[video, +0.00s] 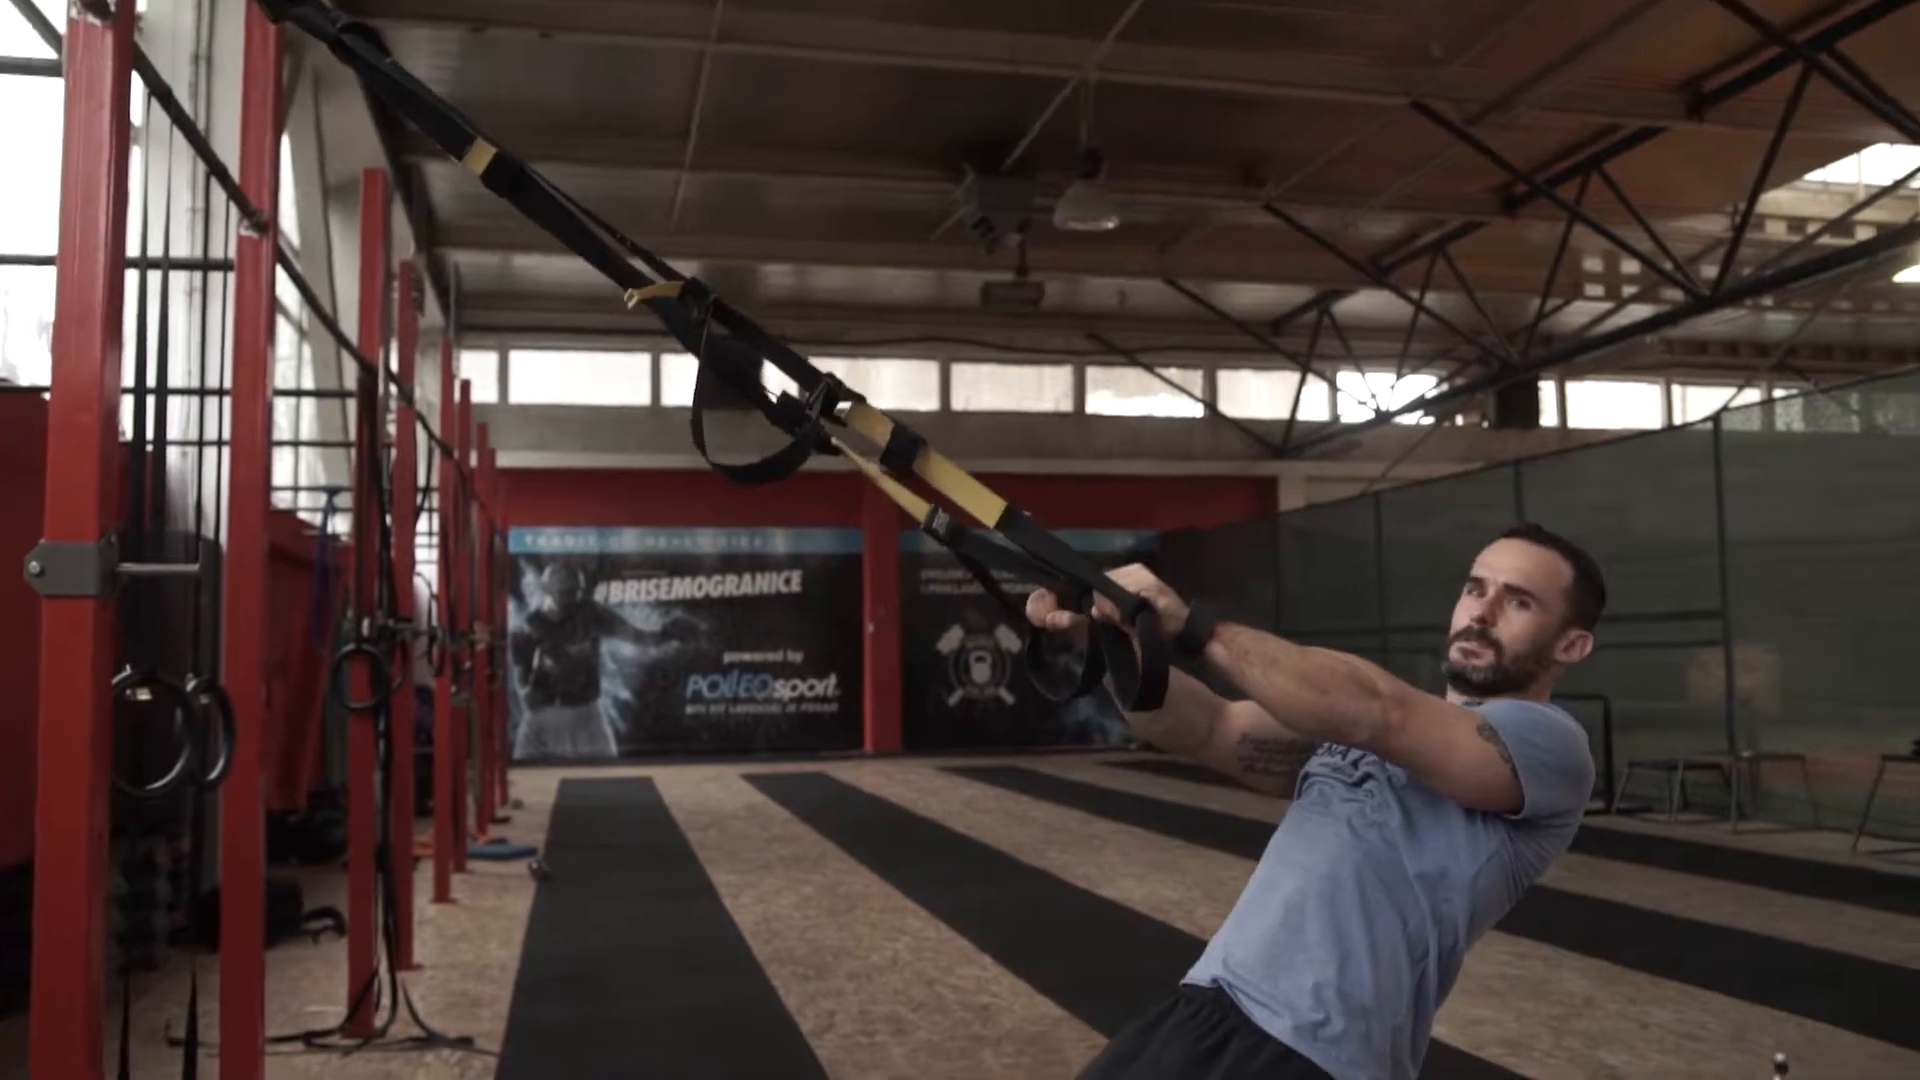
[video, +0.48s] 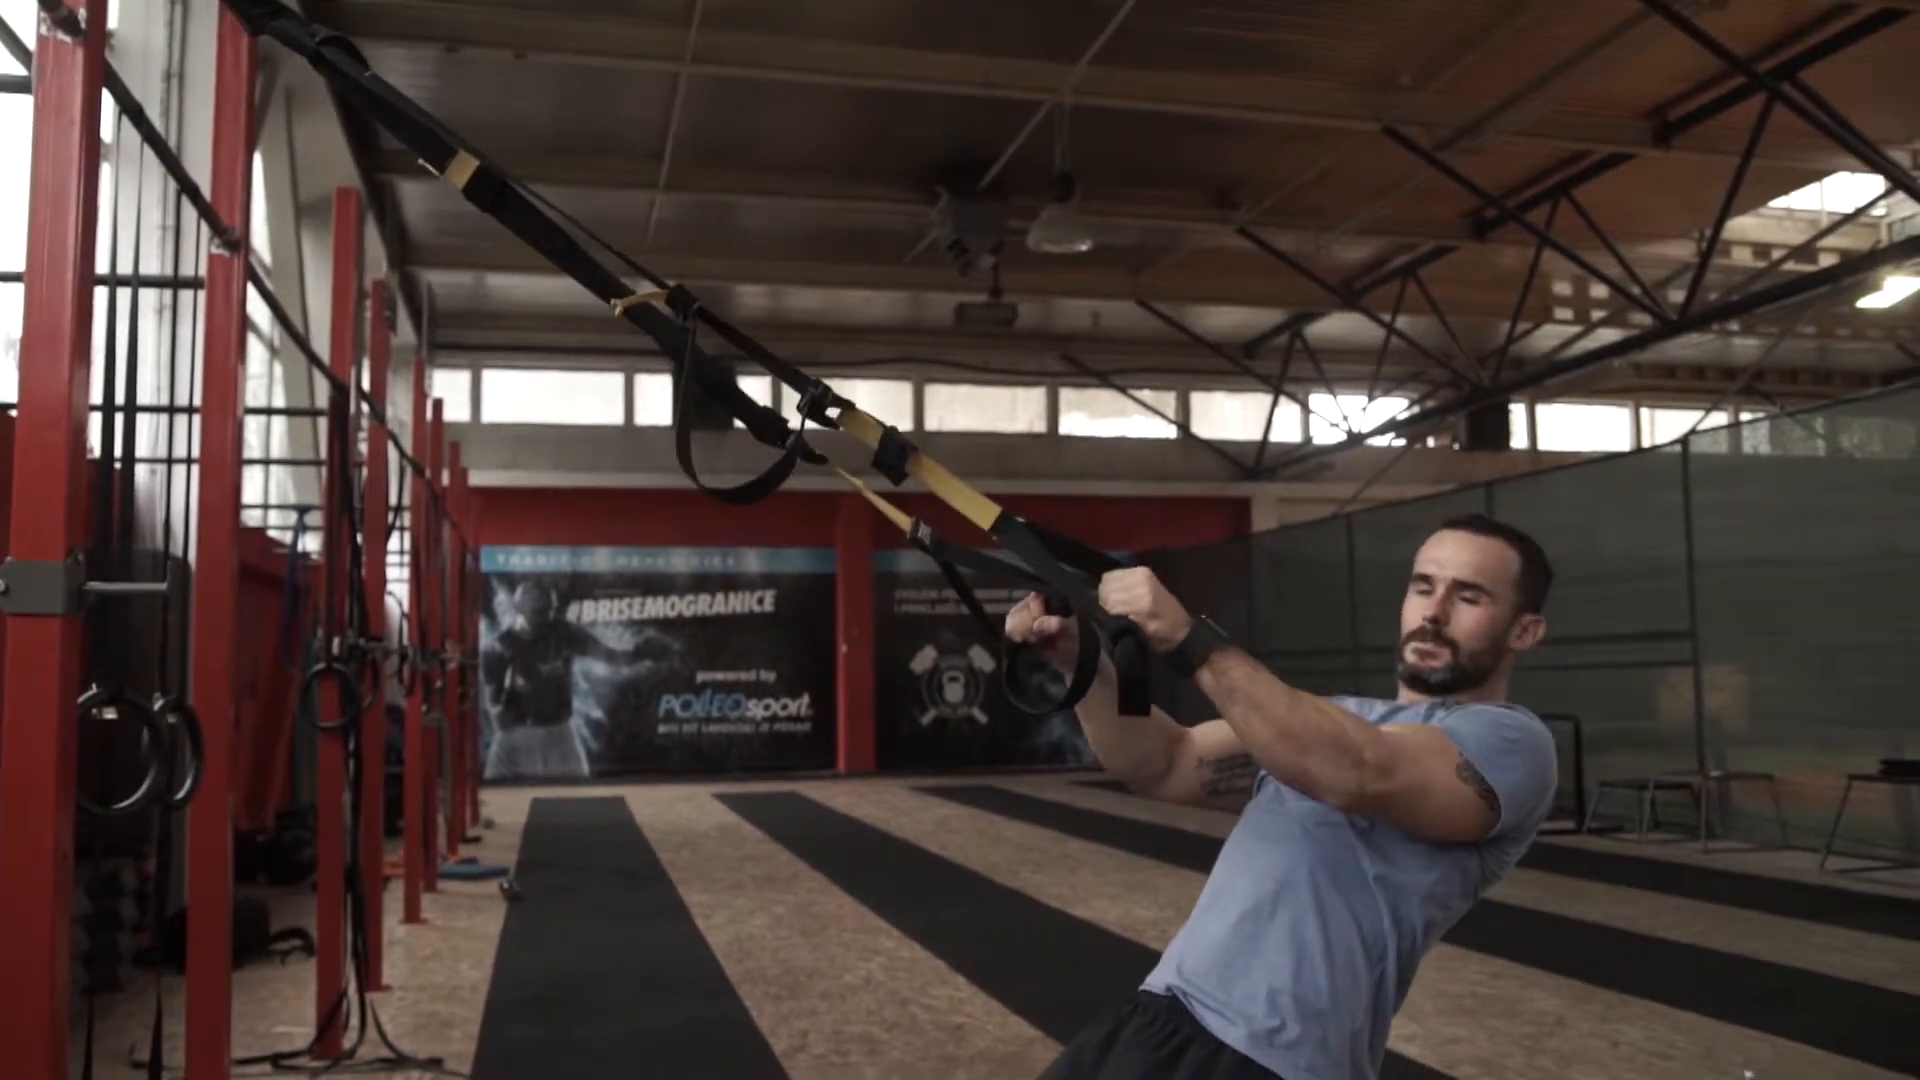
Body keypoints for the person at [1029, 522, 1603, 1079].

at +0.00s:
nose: (1478, 612)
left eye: (1518, 602)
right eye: (1475, 590)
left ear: (1571, 645)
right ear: (1458, 597)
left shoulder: (1556, 749)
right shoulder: (1384, 715)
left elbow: (1383, 712)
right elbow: (1218, 729)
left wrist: (1197, 630)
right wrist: (1107, 639)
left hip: (1320, 1060)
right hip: (1197, 1012)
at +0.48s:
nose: (1431, 614)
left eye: (1469, 598)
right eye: (1423, 589)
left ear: (1526, 632)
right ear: (1404, 597)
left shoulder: (1517, 748)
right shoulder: (1340, 715)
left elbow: (1356, 772)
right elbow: (1167, 761)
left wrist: (1190, 638)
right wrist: (1081, 663)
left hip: (1283, 1062)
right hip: (1157, 1013)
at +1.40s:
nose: (860, 429)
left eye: (880, 397)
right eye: (853, 406)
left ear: (965, 380)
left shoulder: (1067, 522)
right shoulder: (901, 550)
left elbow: (1116, 734)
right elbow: (874, 715)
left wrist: (921, 819)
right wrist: (802, 807)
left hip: (1012, 959)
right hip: (882, 942)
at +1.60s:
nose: (843, 424)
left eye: (862, 391)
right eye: (836, 400)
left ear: (948, 373)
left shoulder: (1041, 509)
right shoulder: (883, 541)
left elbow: (1083, 726)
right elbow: (862, 705)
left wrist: (893, 836)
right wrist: (790, 813)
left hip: (988, 963)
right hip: (864, 949)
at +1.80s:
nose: (839, 419)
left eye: (859, 386)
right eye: (831, 394)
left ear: (943, 365)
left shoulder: (1018, 495)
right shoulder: (879, 528)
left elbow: (1054, 715)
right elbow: (859, 700)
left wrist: (874, 845)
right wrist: (776, 813)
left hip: (971, 965)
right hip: (856, 951)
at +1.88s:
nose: (834, 416)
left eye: (854, 382)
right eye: (827, 391)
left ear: (939, 362)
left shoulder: (1009, 490)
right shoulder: (876, 526)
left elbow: (1045, 712)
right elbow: (853, 700)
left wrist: (869, 852)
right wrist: (772, 814)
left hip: (967, 964)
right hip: (854, 951)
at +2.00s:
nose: (824, 413)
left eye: (844, 378)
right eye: (818, 387)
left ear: (929, 357)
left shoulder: (994, 484)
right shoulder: (875, 518)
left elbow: (1035, 709)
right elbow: (851, 698)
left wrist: (867, 861)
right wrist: (774, 809)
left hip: (962, 965)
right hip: (854, 951)